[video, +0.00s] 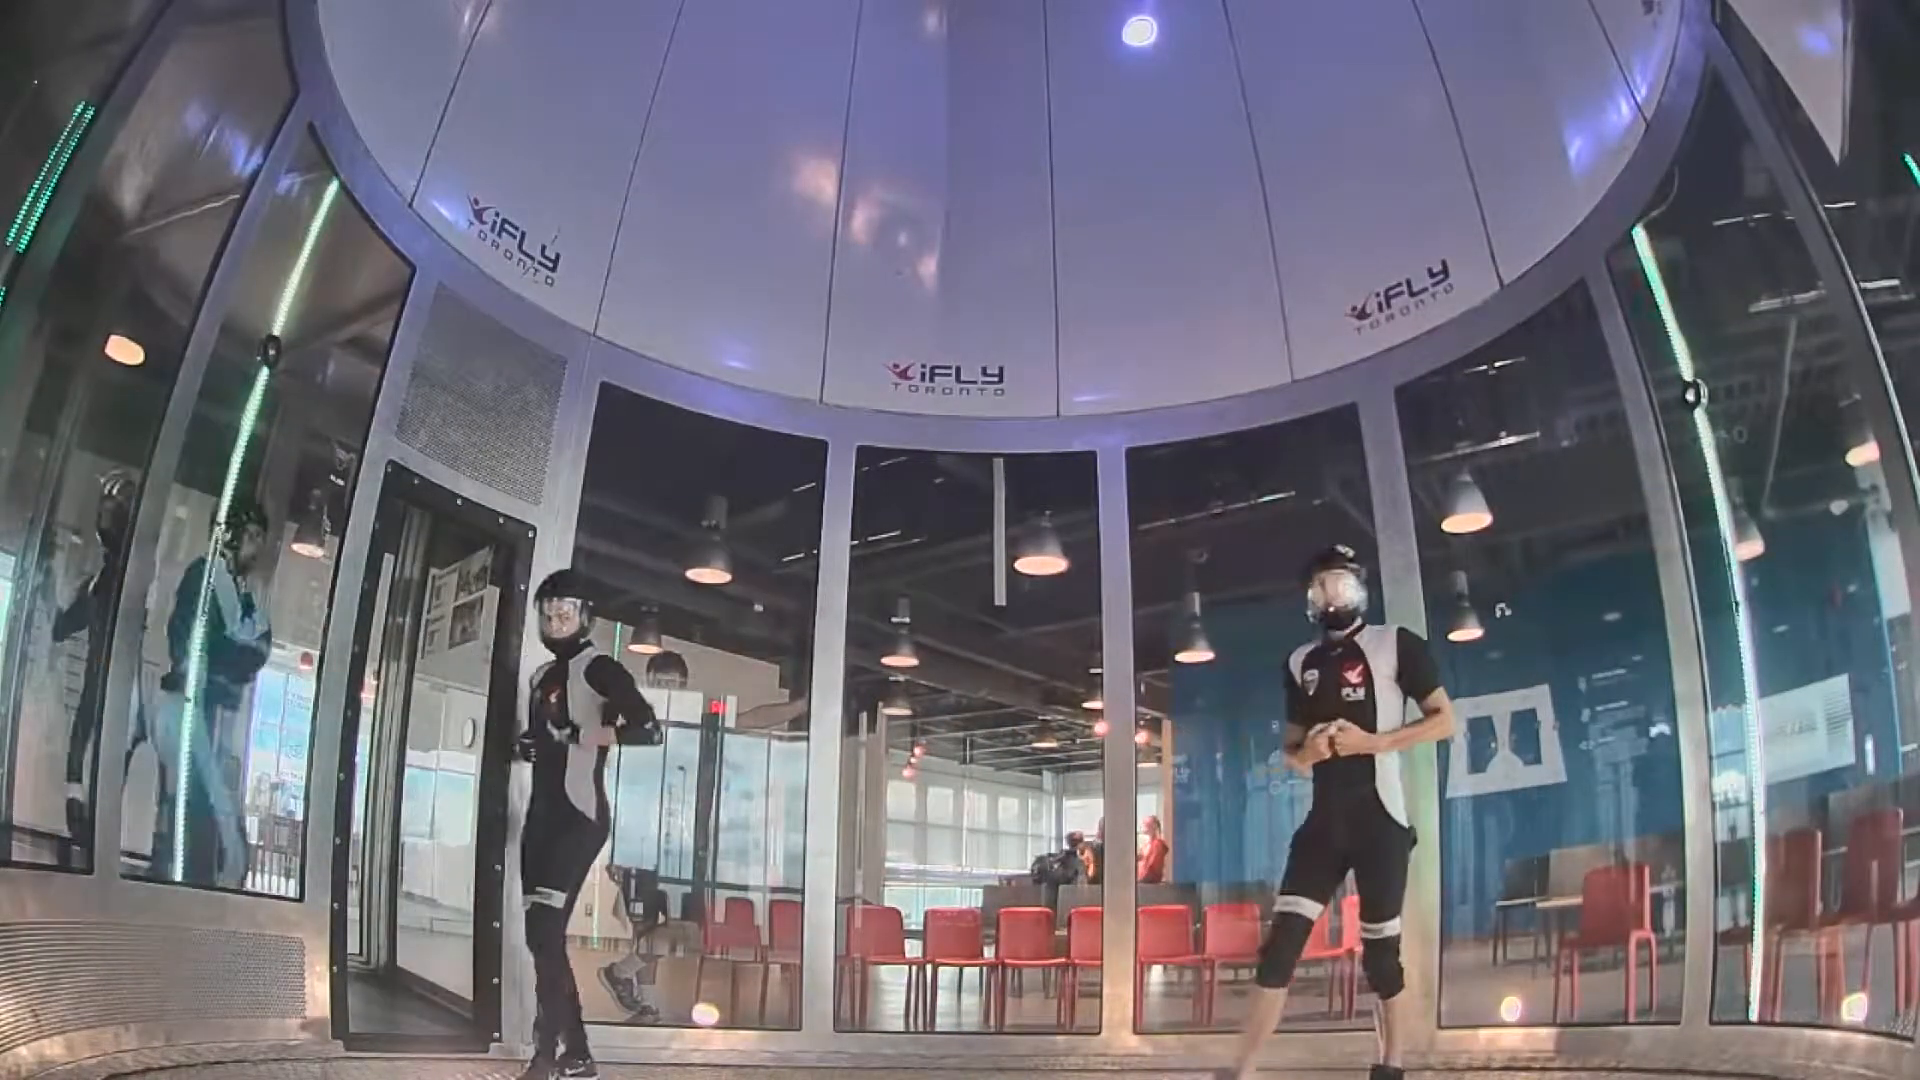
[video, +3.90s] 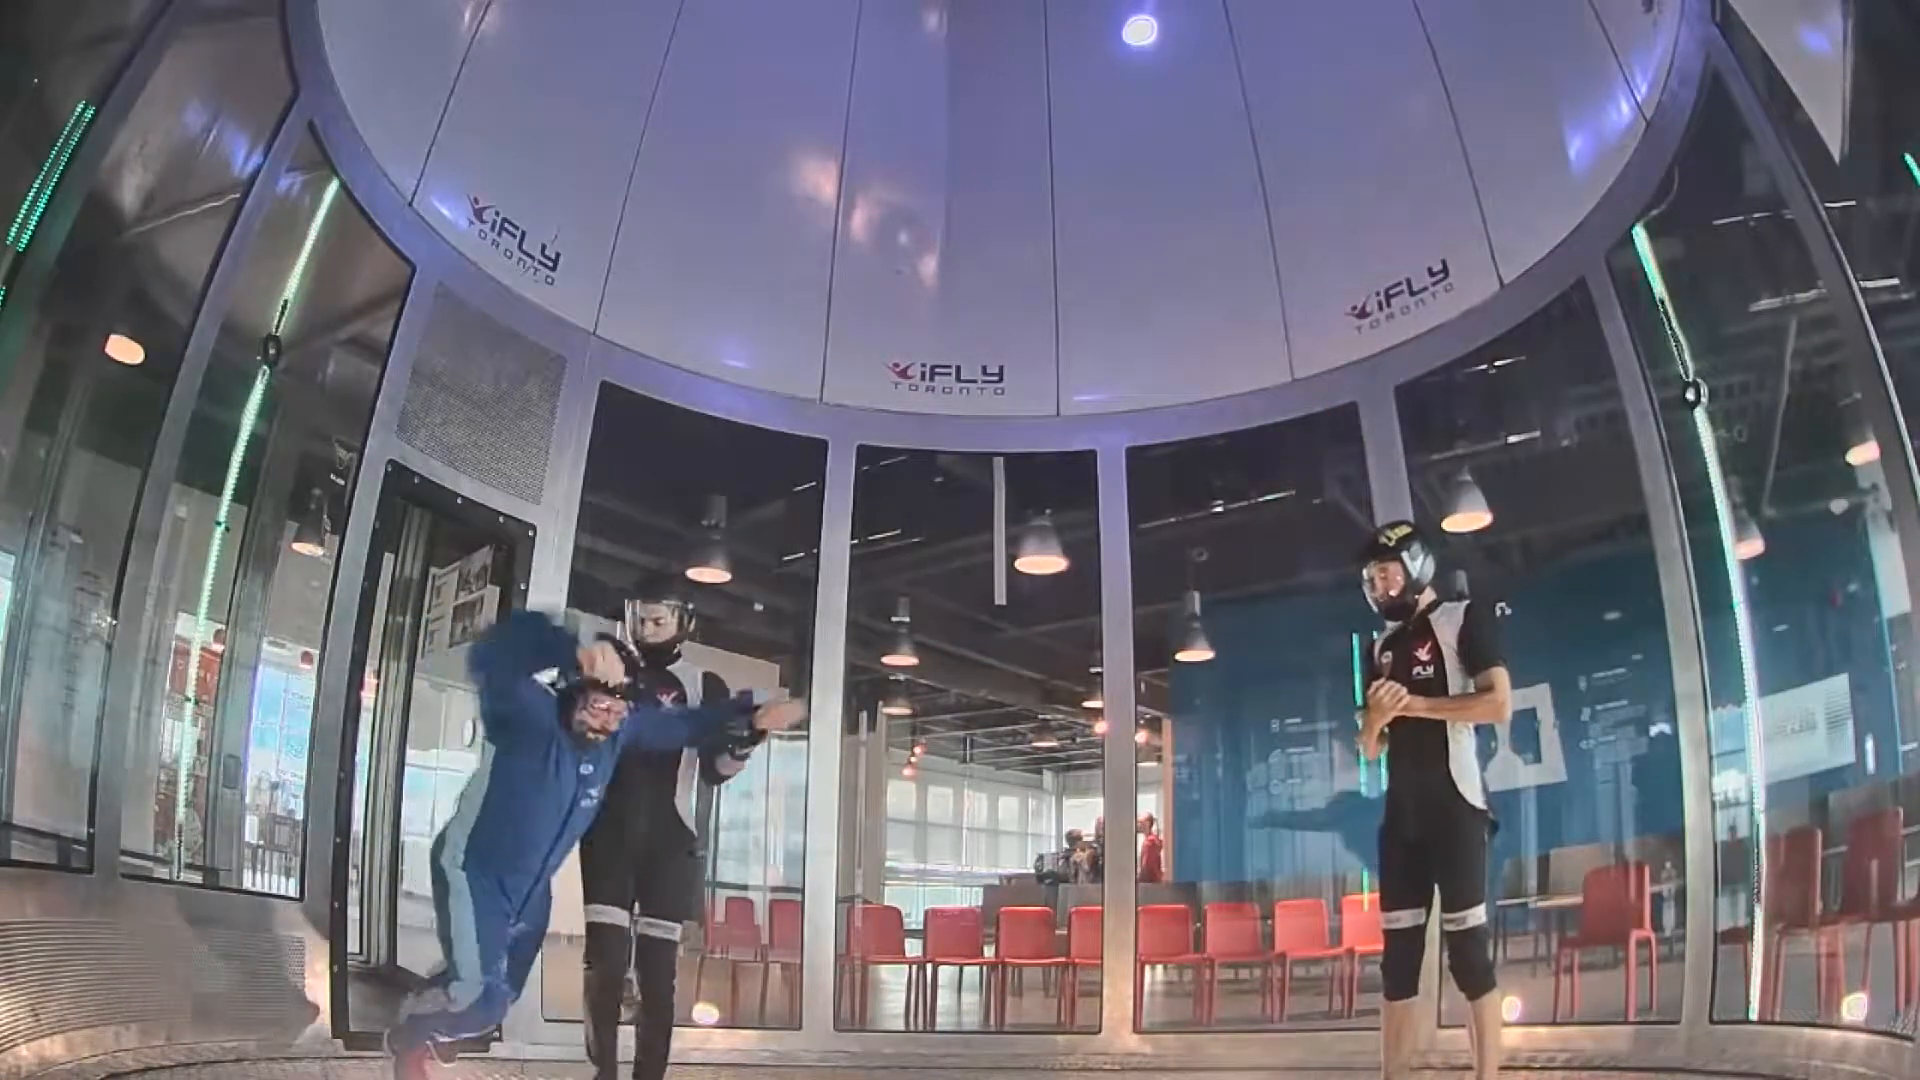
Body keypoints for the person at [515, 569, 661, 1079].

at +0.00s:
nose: (558, 617)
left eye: (568, 608)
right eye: (550, 608)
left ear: (585, 615)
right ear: (540, 615)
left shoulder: (597, 667)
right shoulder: (540, 677)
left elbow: (650, 729)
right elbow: (540, 741)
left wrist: (586, 733)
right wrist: (518, 746)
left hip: (582, 812)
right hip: (543, 809)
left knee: (544, 930)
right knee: (542, 932)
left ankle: (548, 1053)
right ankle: (576, 1052)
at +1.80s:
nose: (590, 627)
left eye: (600, 619)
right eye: (583, 618)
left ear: (616, 625)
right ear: (571, 624)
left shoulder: (623, 675)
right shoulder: (563, 676)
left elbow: (587, 736)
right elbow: (537, 739)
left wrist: (538, 689)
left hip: (589, 820)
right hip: (548, 816)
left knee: (588, 938)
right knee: (544, 935)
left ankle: (614, 1057)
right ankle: (574, 1051)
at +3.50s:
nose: (605, 628)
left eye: (617, 620)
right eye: (601, 619)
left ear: (642, 628)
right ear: (594, 625)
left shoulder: (658, 689)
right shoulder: (582, 685)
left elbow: (643, 765)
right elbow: (549, 734)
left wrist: (583, 743)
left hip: (613, 827)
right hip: (562, 819)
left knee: (604, 941)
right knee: (550, 944)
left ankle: (636, 1062)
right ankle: (575, 1057)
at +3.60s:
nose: (612, 629)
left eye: (622, 620)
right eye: (606, 620)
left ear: (647, 625)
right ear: (599, 625)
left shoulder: (663, 681)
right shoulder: (590, 680)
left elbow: (660, 764)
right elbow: (555, 728)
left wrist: (608, 759)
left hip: (621, 826)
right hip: (568, 819)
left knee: (622, 946)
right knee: (551, 944)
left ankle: (640, 1067)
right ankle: (575, 1053)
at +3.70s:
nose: (626, 631)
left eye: (637, 623)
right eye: (619, 621)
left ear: (658, 628)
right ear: (610, 625)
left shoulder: (679, 690)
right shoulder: (594, 681)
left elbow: (702, 754)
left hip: (646, 832)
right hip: (587, 825)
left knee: (645, 958)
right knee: (563, 955)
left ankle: (650, 1070)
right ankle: (576, 1038)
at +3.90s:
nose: (652, 629)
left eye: (662, 620)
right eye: (644, 620)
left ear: (683, 622)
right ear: (631, 621)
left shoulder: (706, 685)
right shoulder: (609, 670)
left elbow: (715, 770)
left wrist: (747, 741)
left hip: (671, 842)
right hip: (608, 836)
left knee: (657, 971)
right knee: (607, 965)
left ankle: (650, 1073)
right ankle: (605, 1071)